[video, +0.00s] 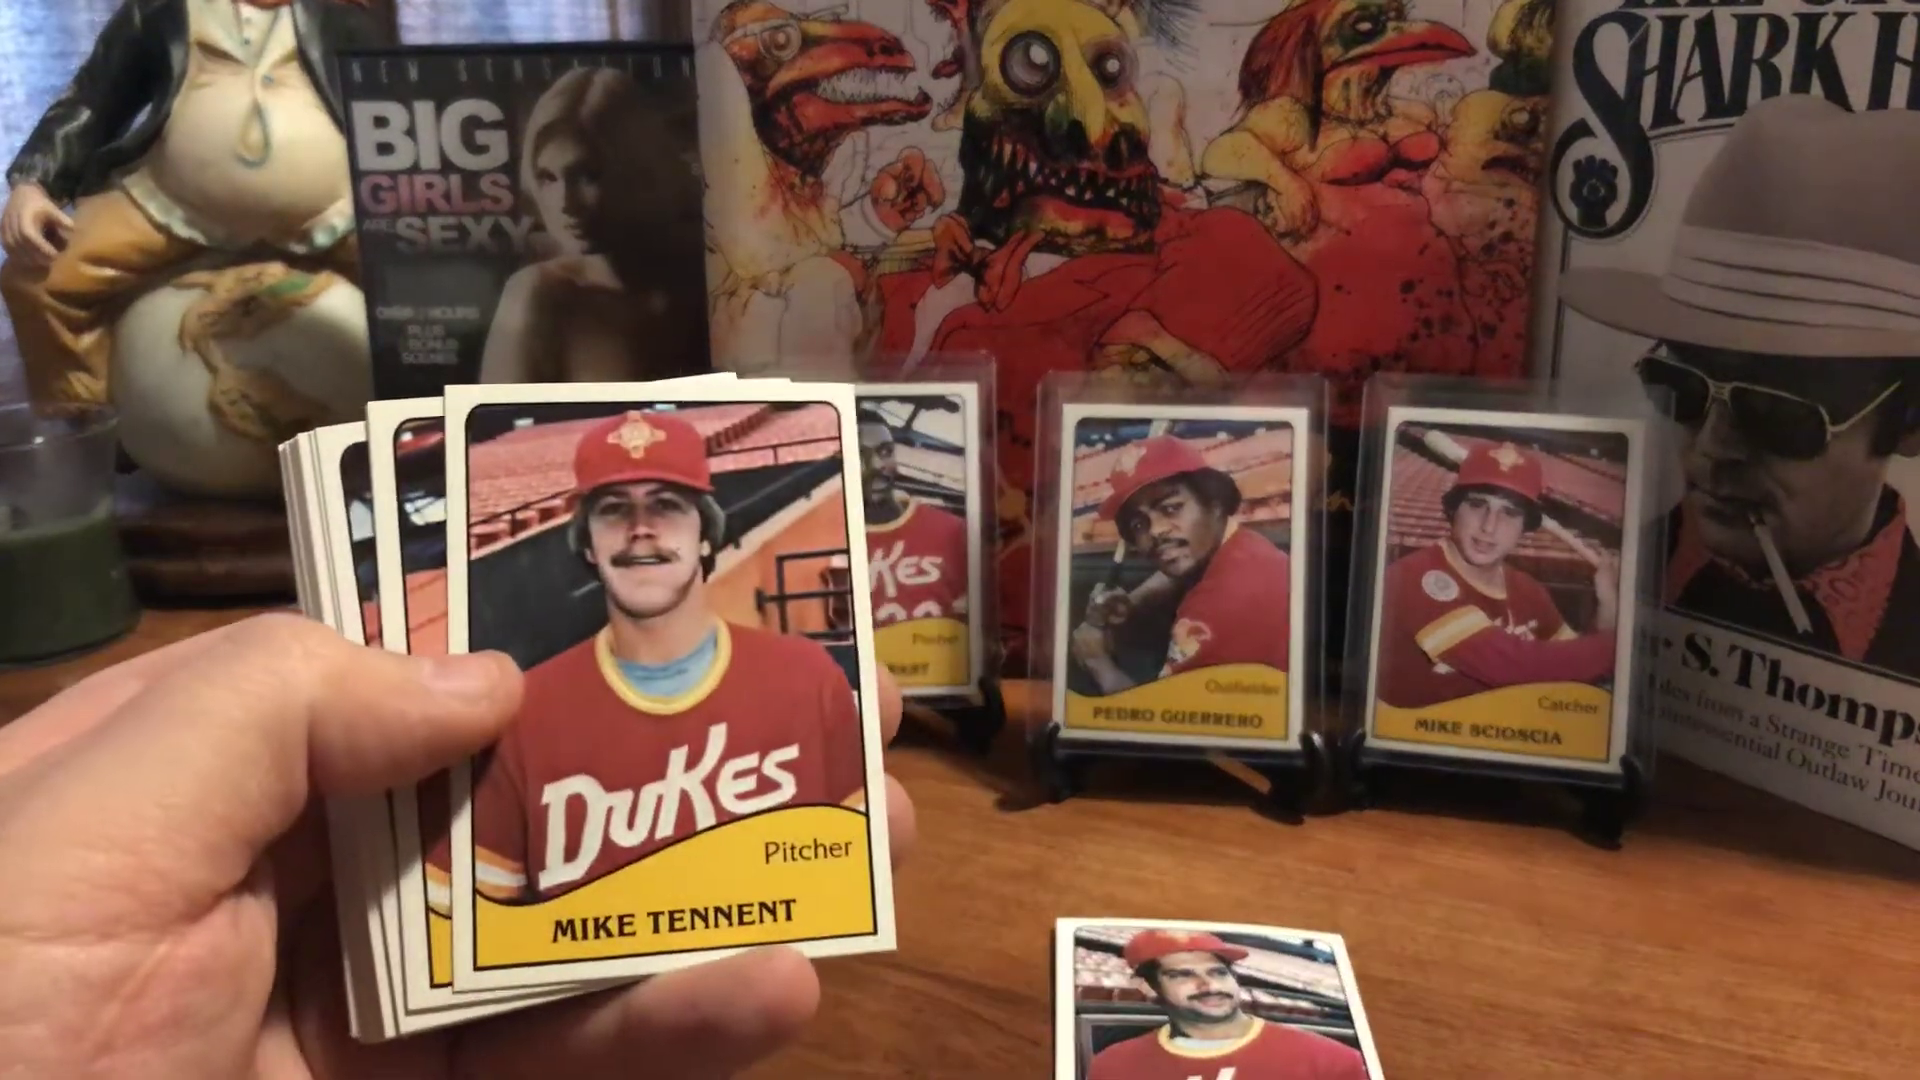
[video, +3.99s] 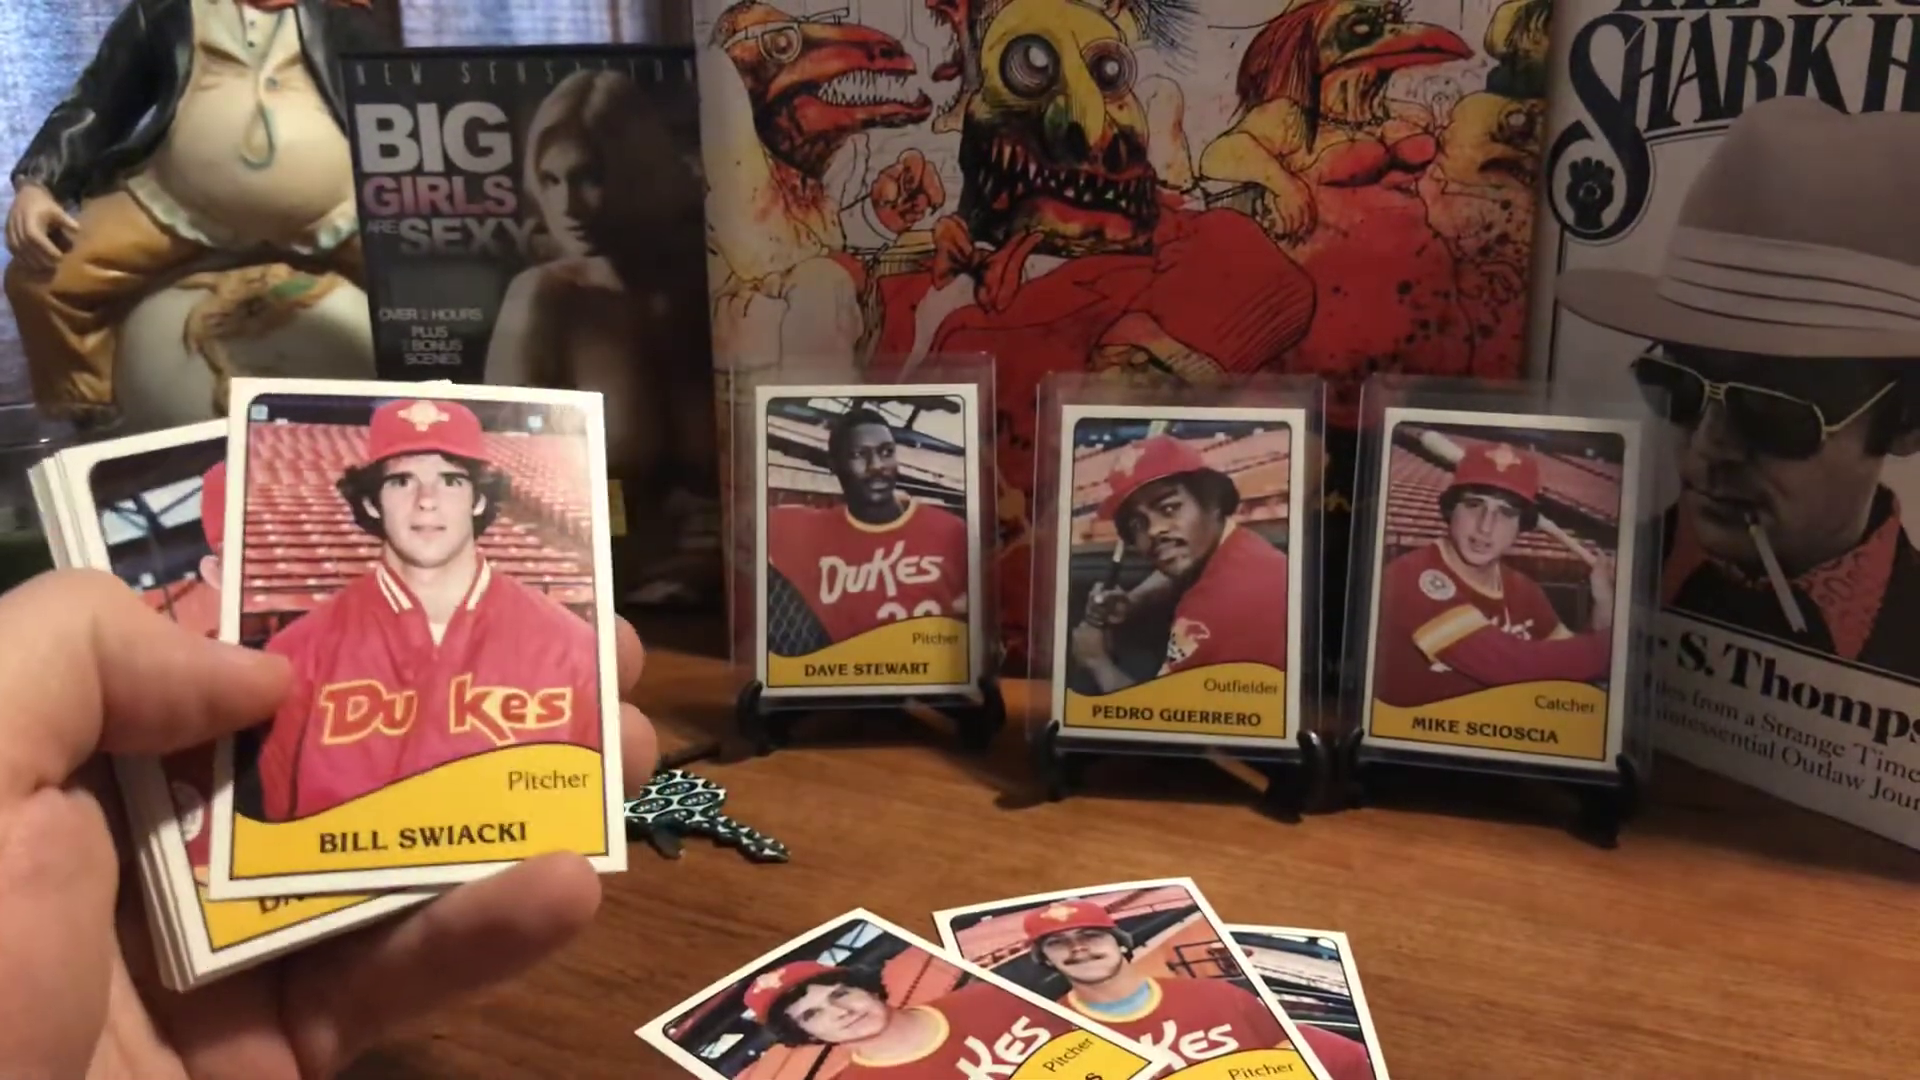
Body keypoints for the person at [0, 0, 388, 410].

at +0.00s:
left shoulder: (344, 19)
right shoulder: (158, 10)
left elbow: (398, 107)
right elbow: (91, 101)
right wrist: (28, 180)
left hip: (331, 213)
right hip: (173, 206)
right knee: (37, 276)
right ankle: (95, 439)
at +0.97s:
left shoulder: (351, 15)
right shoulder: (163, 11)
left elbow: (399, 98)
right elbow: (97, 99)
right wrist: (33, 180)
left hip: (336, 210)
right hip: (176, 204)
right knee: (41, 280)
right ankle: (94, 444)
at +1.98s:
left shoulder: (350, 17)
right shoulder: (160, 13)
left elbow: (399, 98)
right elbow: (93, 103)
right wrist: (31, 182)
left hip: (337, 210)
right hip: (175, 206)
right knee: (40, 281)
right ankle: (96, 453)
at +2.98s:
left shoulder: (348, 19)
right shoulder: (164, 11)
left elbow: (400, 107)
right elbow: (94, 103)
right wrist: (32, 181)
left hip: (338, 212)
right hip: (176, 207)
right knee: (41, 280)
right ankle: (98, 443)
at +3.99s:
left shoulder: (348, 14)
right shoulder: (163, 11)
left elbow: (397, 93)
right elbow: (100, 98)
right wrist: (34, 181)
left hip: (340, 209)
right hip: (178, 207)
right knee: (42, 279)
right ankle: (97, 434)